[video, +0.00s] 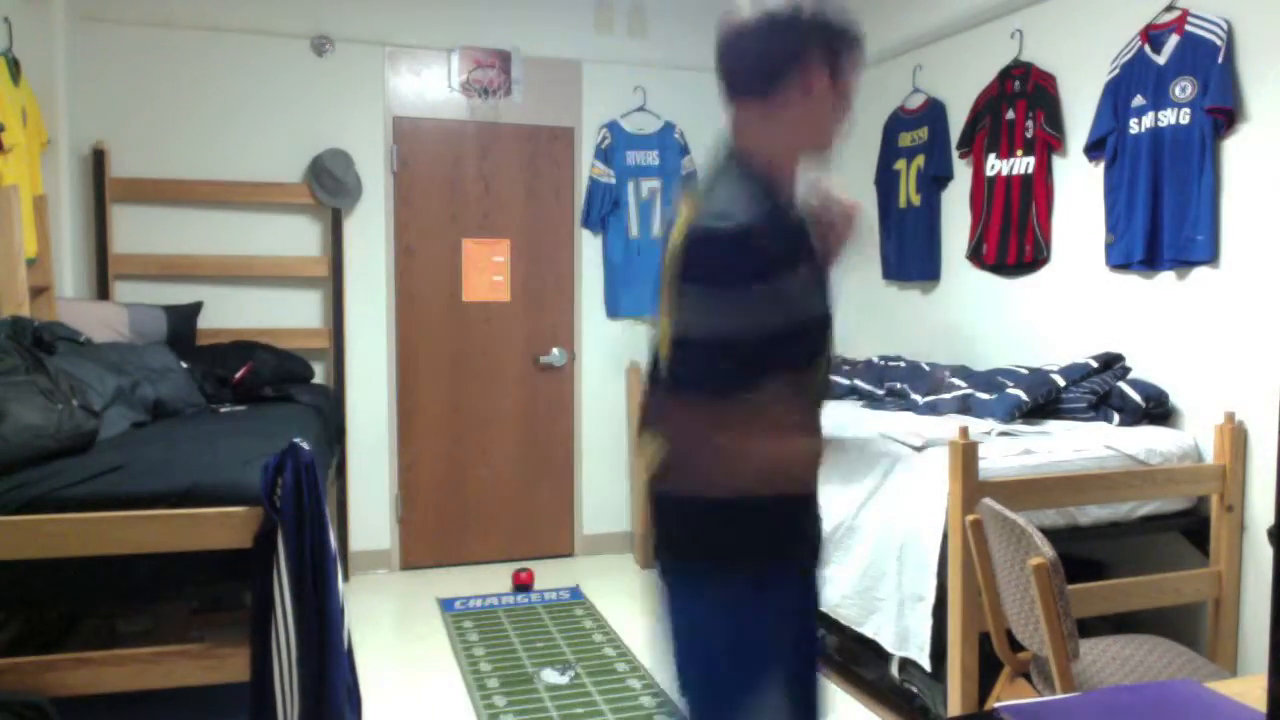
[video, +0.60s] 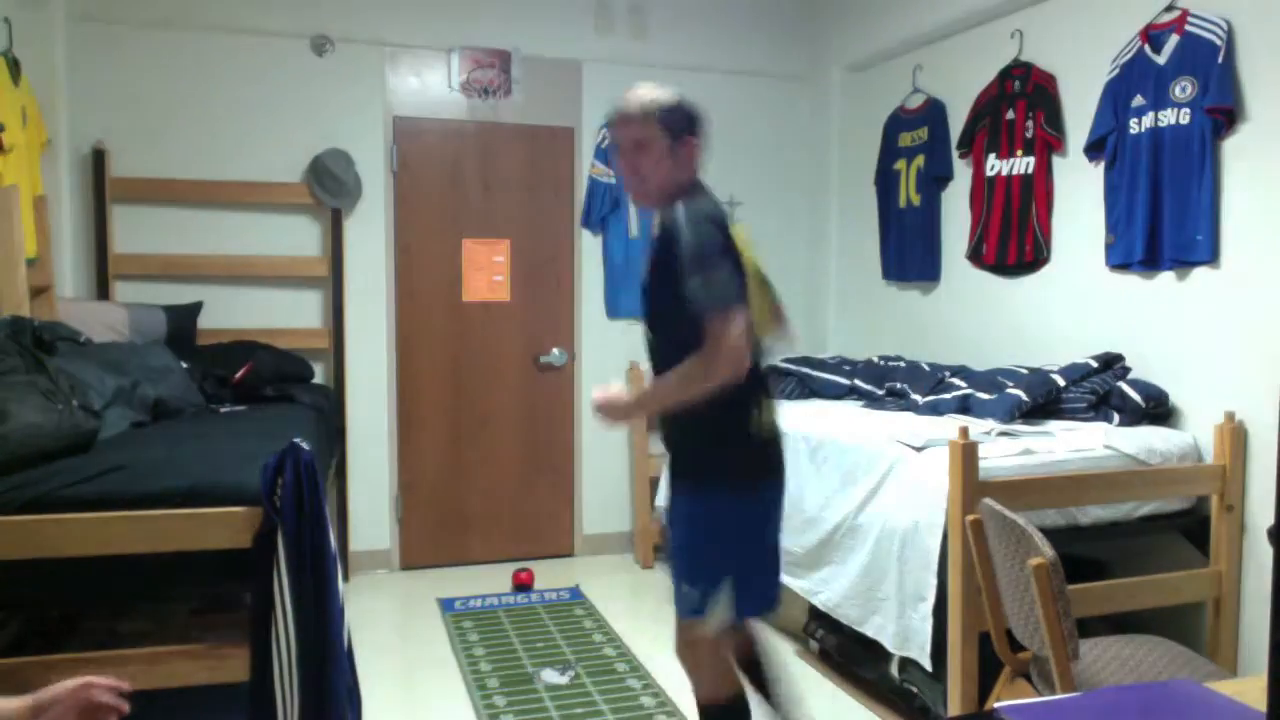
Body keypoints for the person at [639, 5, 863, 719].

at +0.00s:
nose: (845, 110)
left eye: (843, 90)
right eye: (837, 89)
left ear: (788, 88)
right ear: (800, 84)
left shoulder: (768, 208)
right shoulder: (728, 224)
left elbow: (762, 342)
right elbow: (696, 408)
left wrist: (814, 256)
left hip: (771, 529)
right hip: (724, 539)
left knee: (786, 701)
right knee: (738, 704)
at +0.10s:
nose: (859, 72)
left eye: (857, 53)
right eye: (856, 51)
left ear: (755, 55)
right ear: (827, 49)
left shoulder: (694, 163)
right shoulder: (847, 163)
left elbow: (651, 329)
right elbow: (868, 347)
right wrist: (808, 311)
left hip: (689, 476)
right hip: (789, 480)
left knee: (715, 669)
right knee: (801, 684)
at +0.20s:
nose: (834, 105)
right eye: (834, 90)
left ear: (746, 100)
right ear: (829, 97)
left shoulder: (689, 206)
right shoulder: (868, 217)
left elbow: (641, 352)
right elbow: (904, 374)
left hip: (699, 496)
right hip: (809, 499)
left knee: (691, 674)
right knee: (828, 692)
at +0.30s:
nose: (710, 202)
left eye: (713, 190)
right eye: (714, 189)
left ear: (728, 197)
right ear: (788, 197)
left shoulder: (702, 296)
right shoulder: (843, 295)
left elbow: (701, 459)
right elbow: (879, 434)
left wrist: (670, 461)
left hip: (747, 561)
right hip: (835, 556)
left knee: (666, 677)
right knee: (838, 696)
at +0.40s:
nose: (675, 209)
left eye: (682, 195)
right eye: (675, 194)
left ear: (718, 199)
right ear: (732, 200)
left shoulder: (704, 290)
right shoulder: (811, 283)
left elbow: (714, 443)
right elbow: (843, 406)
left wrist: (663, 462)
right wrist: (774, 425)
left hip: (746, 532)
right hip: (820, 521)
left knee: (679, 681)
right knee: (804, 671)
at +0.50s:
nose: (635, 180)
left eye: (648, 163)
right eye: (633, 164)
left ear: (698, 164)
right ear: (691, 168)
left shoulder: (698, 245)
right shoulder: (728, 235)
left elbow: (720, 384)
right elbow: (777, 361)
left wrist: (639, 419)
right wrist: (669, 407)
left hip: (721, 478)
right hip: (759, 469)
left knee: (695, 656)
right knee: (749, 631)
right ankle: (815, 714)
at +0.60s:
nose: (625, 166)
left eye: (639, 149)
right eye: (618, 151)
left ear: (685, 148)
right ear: (614, 153)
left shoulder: (692, 221)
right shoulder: (690, 216)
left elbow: (730, 354)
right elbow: (748, 332)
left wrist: (643, 402)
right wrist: (661, 389)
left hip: (718, 464)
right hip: (725, 457)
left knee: (699, 642)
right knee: (728, 623)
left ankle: (733, 717)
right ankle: (784, 708)